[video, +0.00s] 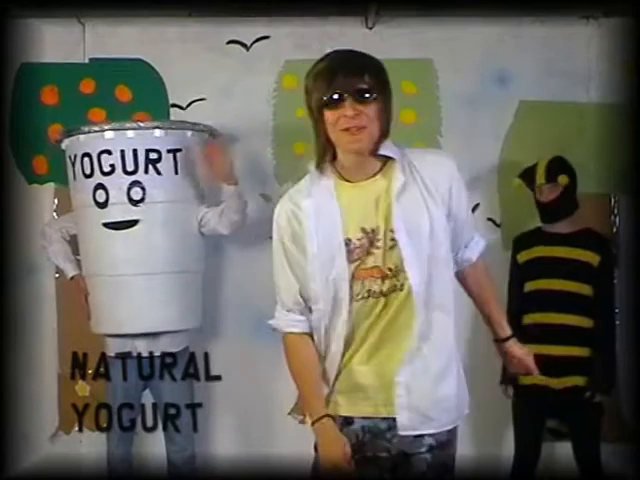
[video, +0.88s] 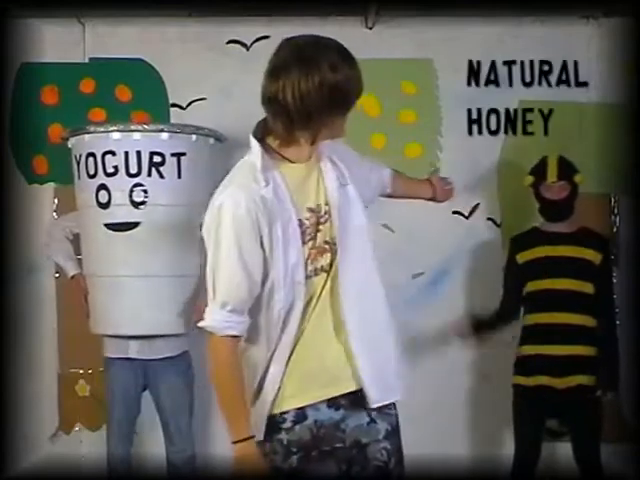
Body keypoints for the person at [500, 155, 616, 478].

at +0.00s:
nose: (541, 197)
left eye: (549, 188)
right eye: (537, 189)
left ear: (568, 189)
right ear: (532, 193)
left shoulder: (597, 245)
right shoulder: (523, 244)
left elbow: (605, 316)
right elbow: (514, 310)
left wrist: (603, 374)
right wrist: (509, 363)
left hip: (580, 378)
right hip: (530, 379)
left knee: (588, 463)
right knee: (524, 462)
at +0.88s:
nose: (556, 195)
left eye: (563, 187)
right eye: (548, 187)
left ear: (575, 189)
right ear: (535, 193)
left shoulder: (597, 245)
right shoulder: (521, 245)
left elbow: (607, 314)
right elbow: (509, 309)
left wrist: (609, 372)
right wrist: (479, 326)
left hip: (581, 371)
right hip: (532, 371)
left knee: (589, 461)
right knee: (525, 459)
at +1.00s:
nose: (555, 194)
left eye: (563, 186)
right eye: (547, 187)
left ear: (576, 190)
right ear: (537, 191)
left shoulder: (599, 245)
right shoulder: (525, 241)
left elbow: (609, 315)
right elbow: (496, 291)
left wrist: (613, 374)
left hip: (581, 370)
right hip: (533, 369)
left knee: (589, 460)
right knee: (526, 459)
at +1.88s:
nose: (579, 195)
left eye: (588, 188)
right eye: (572, 187)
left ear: (600, 193)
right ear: (561, 190)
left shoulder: (611, 249)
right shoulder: (537, 237)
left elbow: (618, 320)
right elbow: (498, 282)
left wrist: (622, 380)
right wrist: (494, 245)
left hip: (587, 368)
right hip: (538, 364)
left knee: (591, 460)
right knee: (527, 458)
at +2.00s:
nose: (577, 196)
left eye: (586, 188)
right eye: (570, 187)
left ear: (598, 193)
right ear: (559, 190)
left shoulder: (610, 249)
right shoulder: (536, 237)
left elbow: (618, 318)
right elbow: (511, 282)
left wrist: (621, 376)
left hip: (587, 365)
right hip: (538, 361)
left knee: (591, 458)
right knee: (528, 457)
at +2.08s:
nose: (574, 196)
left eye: (583, 189)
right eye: (568, 188)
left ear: (596, 194)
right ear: (557, 191)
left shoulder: (610, 249)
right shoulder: (536, 238)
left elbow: (617, 318)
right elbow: (514, 293)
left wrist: (621, 375)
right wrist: (497, 331)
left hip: (586, 365)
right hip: (537, 361)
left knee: (591, 458)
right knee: (528, 457)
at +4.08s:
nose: (551, 199)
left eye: (558, 190)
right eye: (550, 190)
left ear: (577, 192)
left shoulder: (615, 246)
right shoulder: (541, 242)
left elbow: (626, 312)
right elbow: (530, 306)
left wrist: (623, 372)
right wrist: (527, 360)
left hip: (600, 380)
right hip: (549, 378)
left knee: (601, 465)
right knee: (537, 463)